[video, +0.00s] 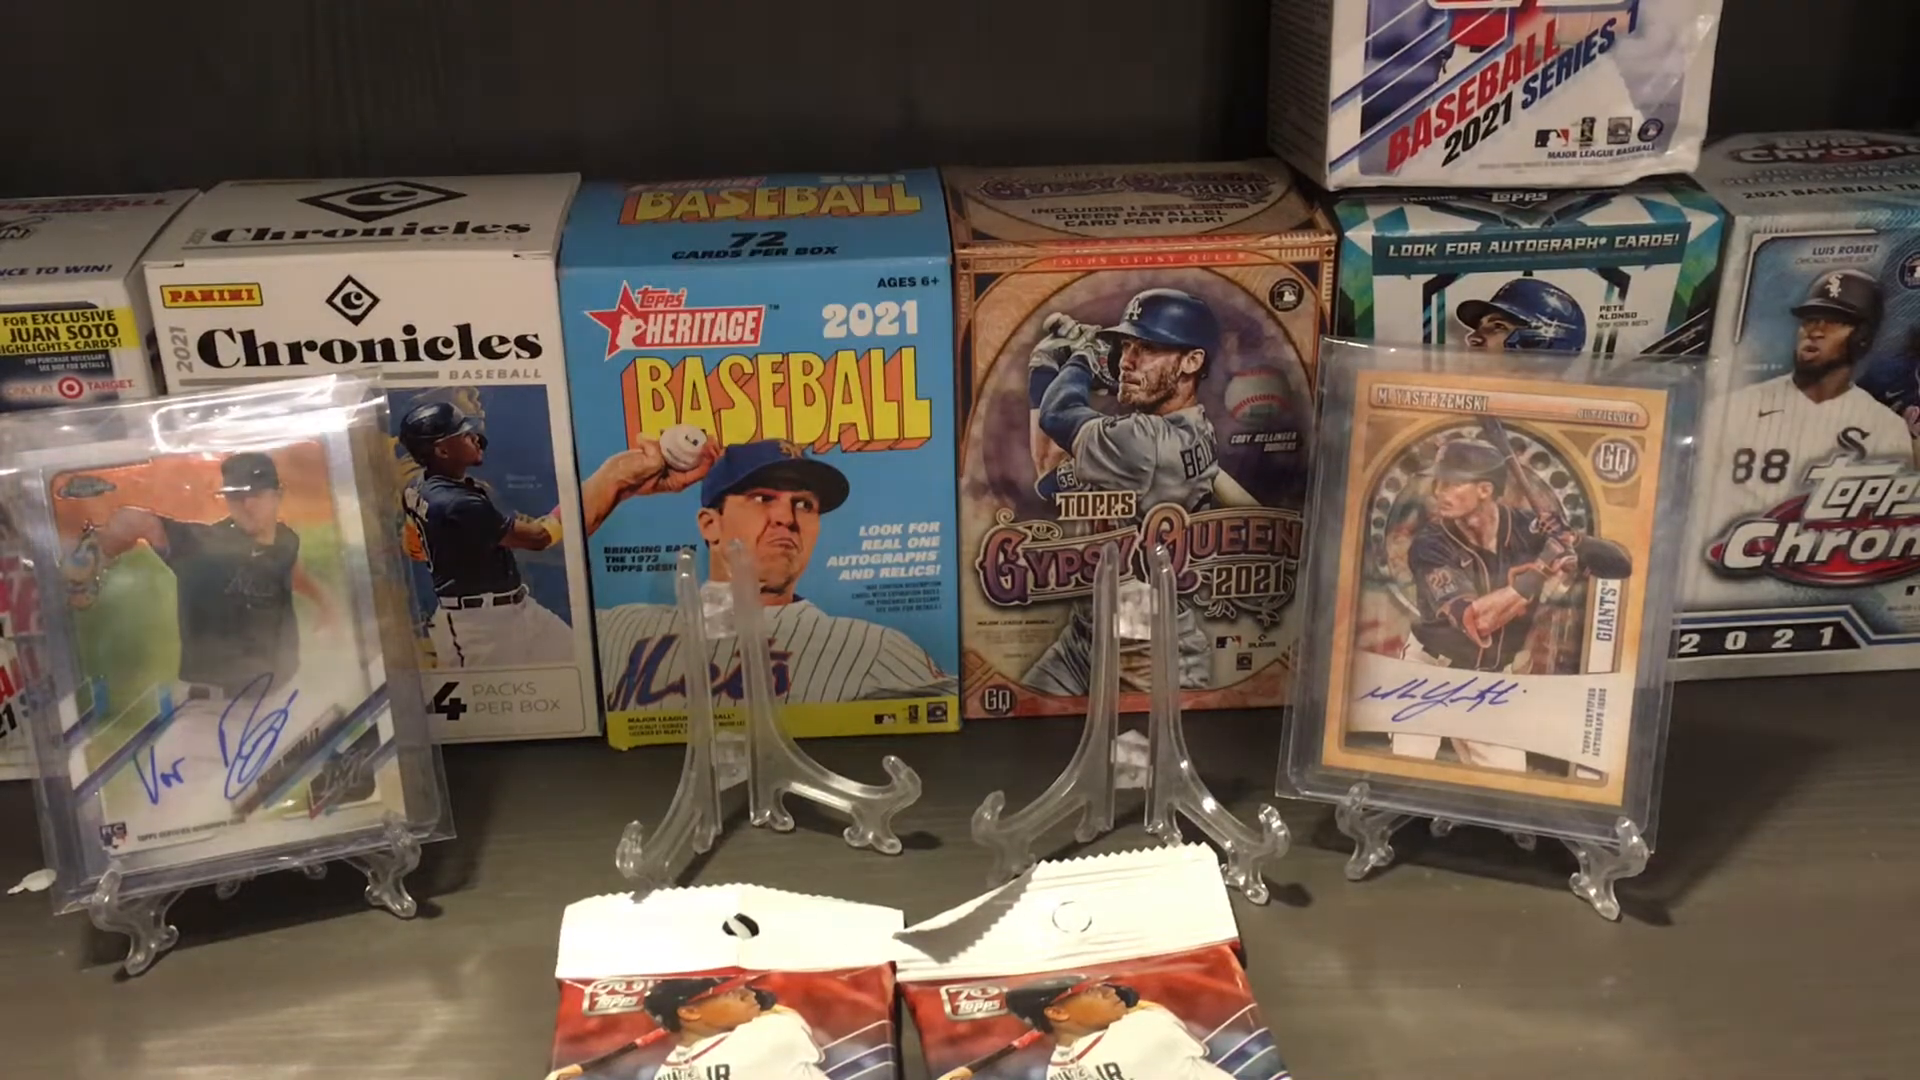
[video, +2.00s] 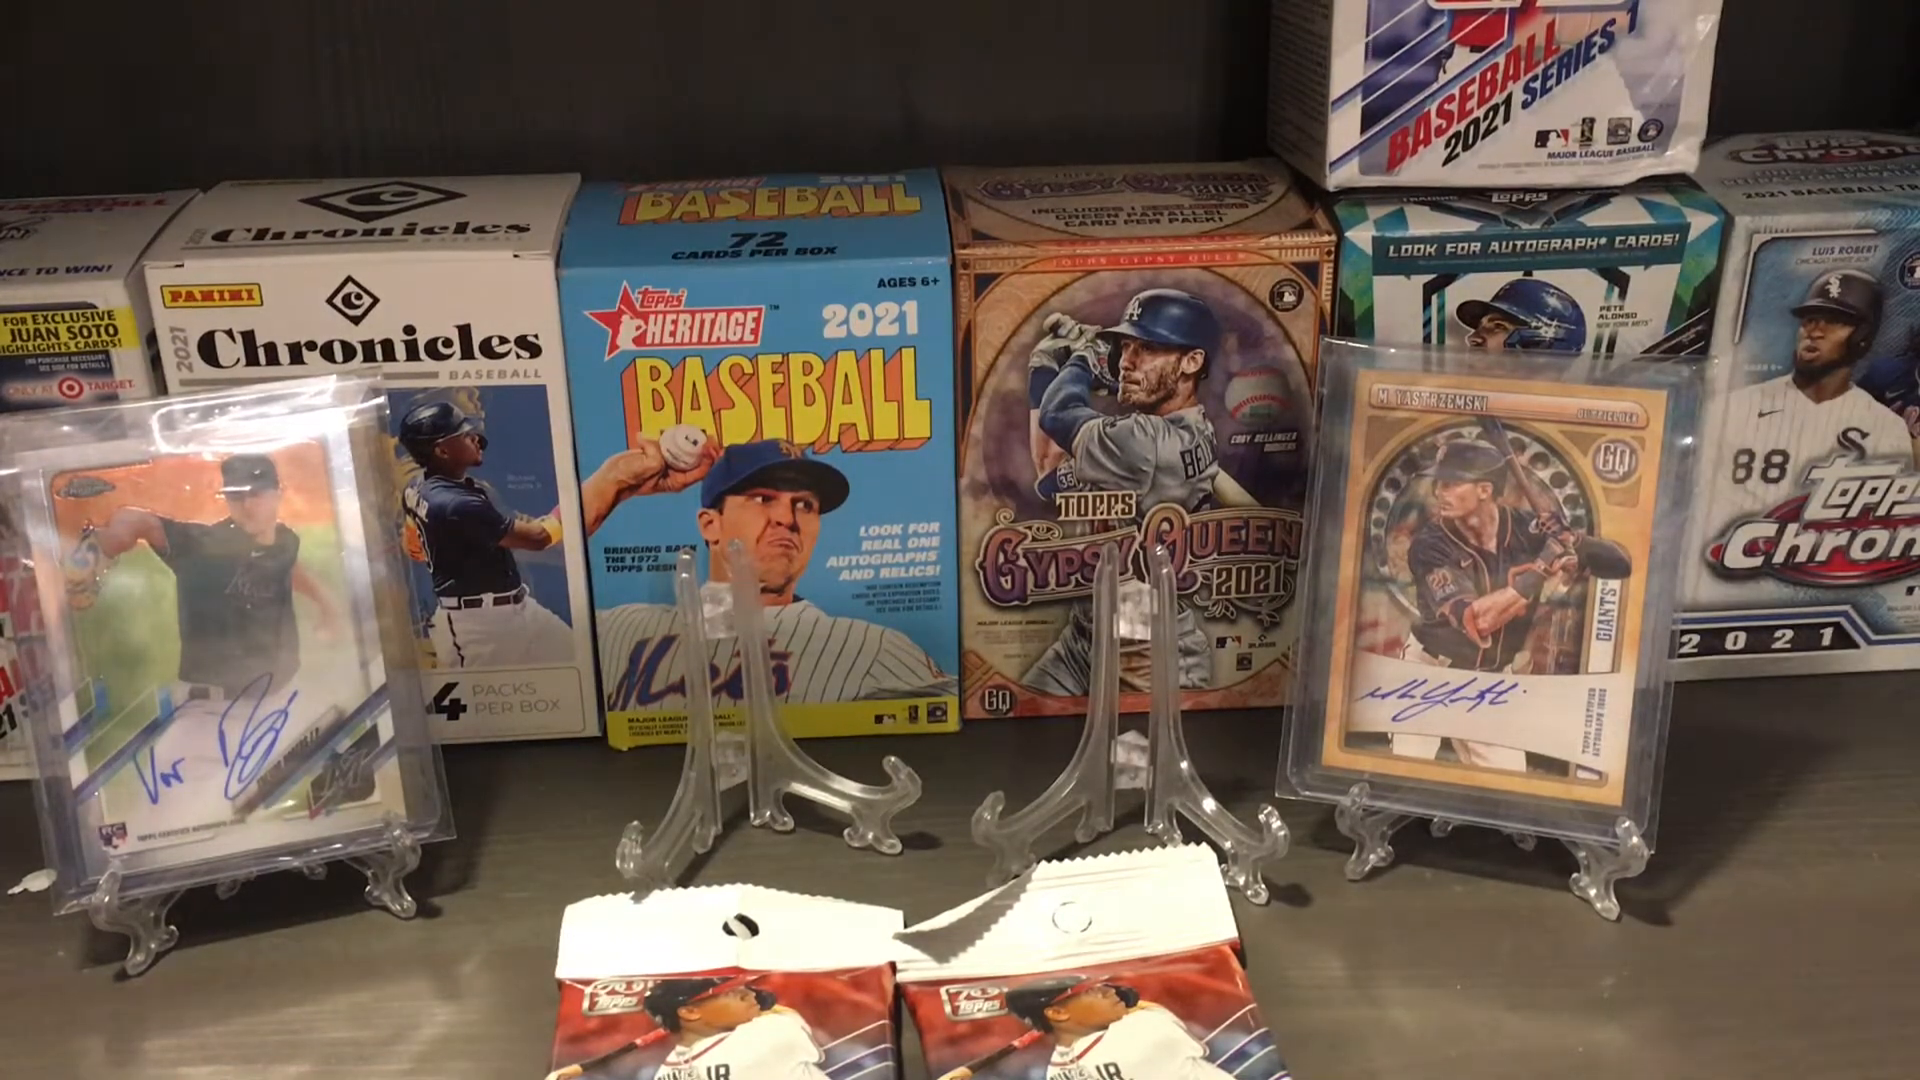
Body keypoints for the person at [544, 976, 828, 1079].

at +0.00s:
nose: (742, 993)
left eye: (732, 986)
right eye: (724, 993)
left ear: (690, 1015)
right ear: (691, 1014)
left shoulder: (666, 1072)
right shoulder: (777, 1034)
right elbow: (780, 1008)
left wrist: (577, 1072)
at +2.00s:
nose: (744, 993)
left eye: (734, 986)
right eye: (726, 993)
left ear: (690, 1015)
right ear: (691, 1014)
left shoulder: (666, 1072)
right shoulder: (778, 1034)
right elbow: (780, 1008)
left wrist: (579, 1071)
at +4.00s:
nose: (746, 994)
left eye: (739, 987)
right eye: (730, 994)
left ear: (689, 1015)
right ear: (692, 1015)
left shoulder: (665, 1071)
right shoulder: (778, 1034)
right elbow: (779, 1008)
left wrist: (578, 1072)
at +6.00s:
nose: (743, 992)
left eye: (733, 986)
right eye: (725, 993)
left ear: (690, 1014)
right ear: (691, 1014)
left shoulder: (665, 1071)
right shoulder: (778, 1032)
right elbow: (779, 1007)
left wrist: (578, 1071)